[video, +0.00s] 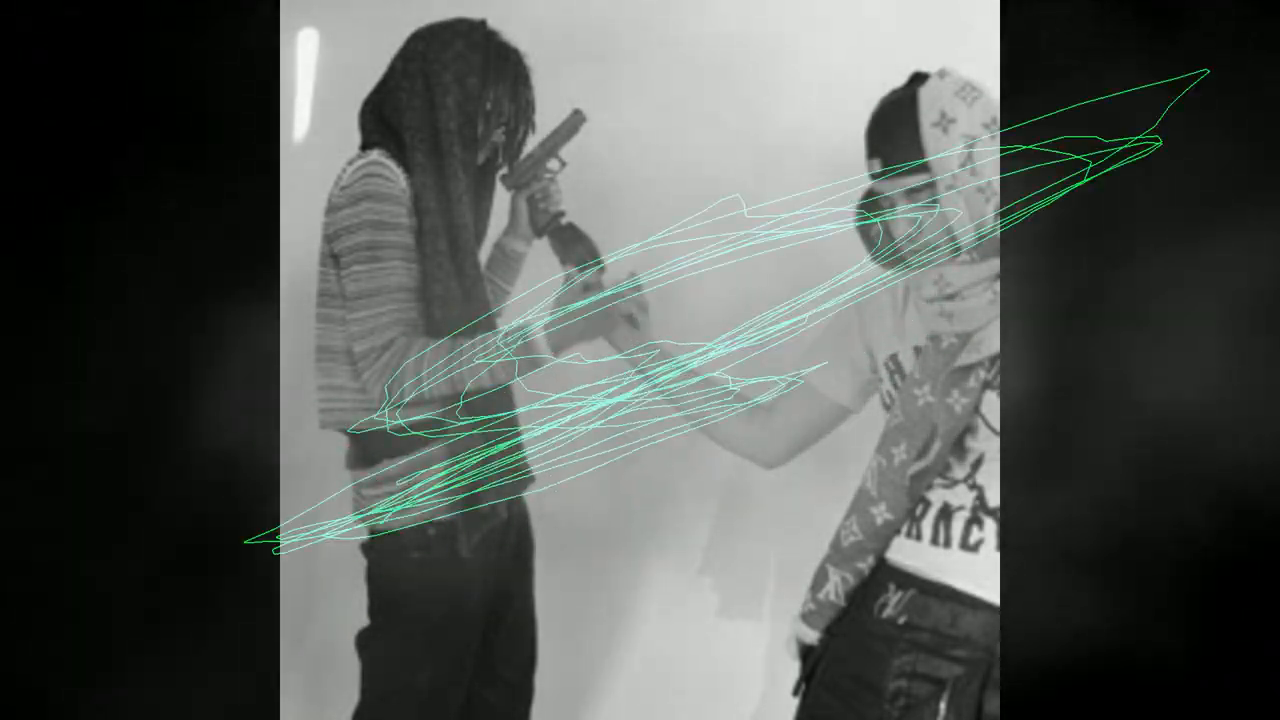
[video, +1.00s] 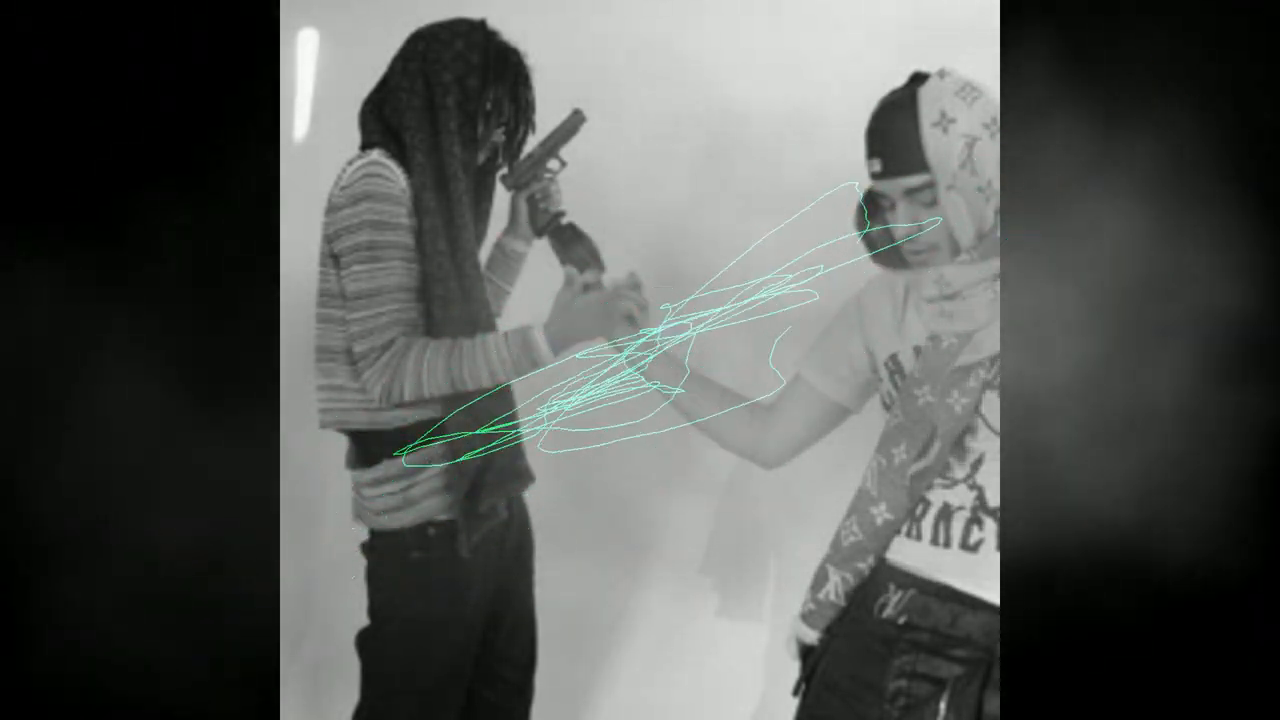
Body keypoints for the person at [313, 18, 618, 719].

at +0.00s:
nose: (500, 144)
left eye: (506, 124)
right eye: (492, 120)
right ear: (448, 108)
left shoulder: (431, 192)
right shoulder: (377, 182)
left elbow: (464, 336)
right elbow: (391, 371)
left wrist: (517, 235)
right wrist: (545, 342)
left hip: (482, 473)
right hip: (418, 483)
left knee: (498, 692)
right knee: (415, 696)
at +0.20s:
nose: (500, 144)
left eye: (507, 126)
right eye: (494, 120)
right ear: (451, 108)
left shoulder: (426, 191)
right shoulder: (377, 182)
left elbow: (461, 332)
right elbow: (388, 369)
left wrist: (518, 235)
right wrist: (550, 337)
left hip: (486, 503)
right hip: (421, 518)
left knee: (500, 700)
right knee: (411, 705)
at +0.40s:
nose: (498, 144)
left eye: (505, 125)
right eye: (492, 120)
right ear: (448, 108)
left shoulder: (427, 192)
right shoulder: (377, 182)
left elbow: (462, 332)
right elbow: (386, 368)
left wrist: (519, 233)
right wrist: (544, 341)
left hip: (484, 485)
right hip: (422, 498)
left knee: (499, 698)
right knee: (413, 702)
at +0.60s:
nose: (497, 142)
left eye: (505, 124)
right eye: (492, 119)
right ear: (449, 107)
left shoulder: (428, 191)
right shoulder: (377, 182)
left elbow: (463, 330)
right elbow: (387, 369)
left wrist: (518, 233)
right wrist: (552, 336)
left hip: (486, 500)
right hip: (422, 516)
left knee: (500, 699)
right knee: (411, 704)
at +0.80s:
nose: (497, 144)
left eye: (504, 127)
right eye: (492, 121)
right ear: (449, 108)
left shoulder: (428, 191)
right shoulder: (377, 182)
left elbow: (465, 326)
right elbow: (381, 369)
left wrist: (521, 228)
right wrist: (549, 334)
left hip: (482, 474)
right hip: (419, 484)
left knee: (499, 692)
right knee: (416, 695)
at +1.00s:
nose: (497, 144)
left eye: (504, 126)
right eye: (492, 119)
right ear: (448, 108)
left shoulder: (427, 191)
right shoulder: (377, 182)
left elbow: (463, 330)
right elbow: (387, 370)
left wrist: (519, 234)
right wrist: (550, 338)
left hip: (486, 493)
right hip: (420, 509)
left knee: (500, 701)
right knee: (411, 705)